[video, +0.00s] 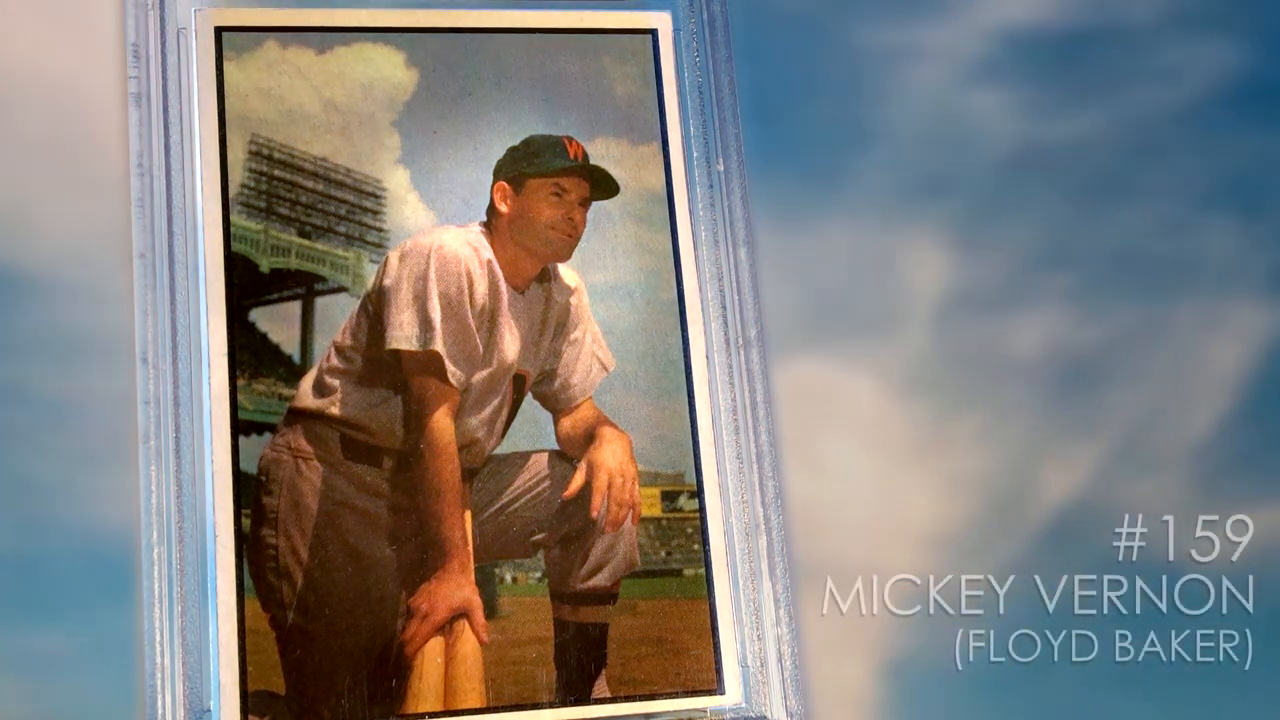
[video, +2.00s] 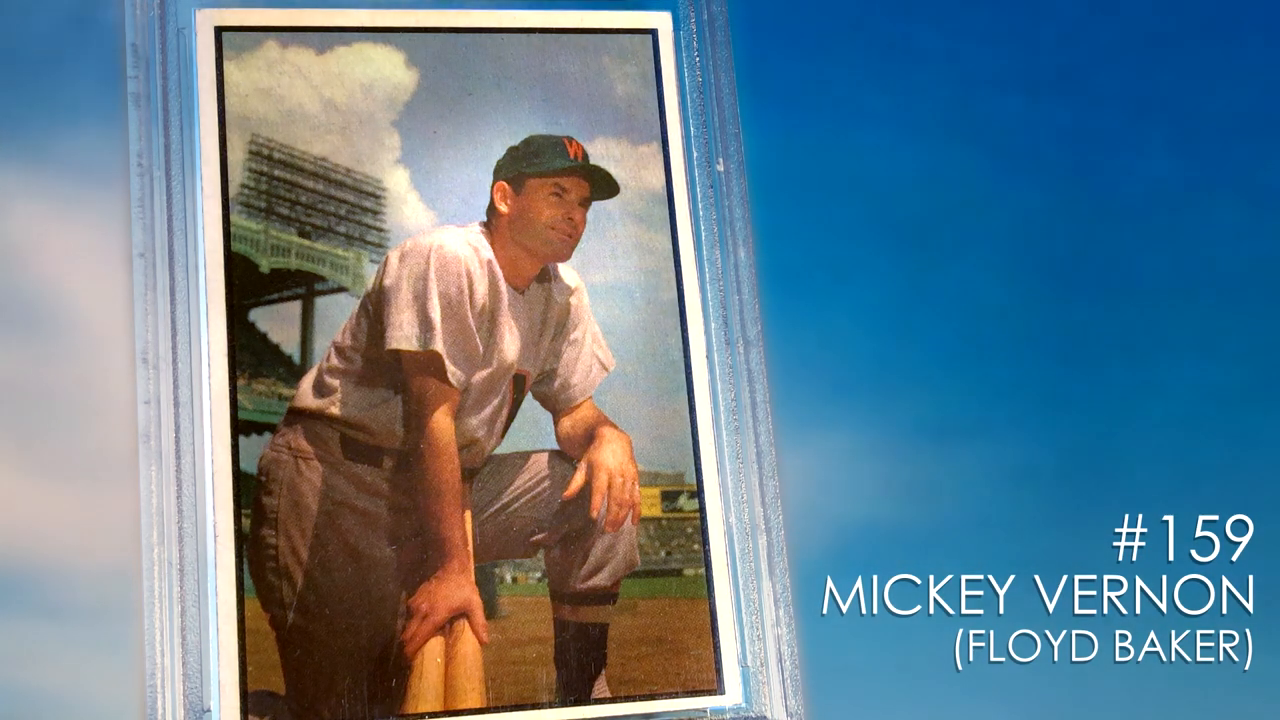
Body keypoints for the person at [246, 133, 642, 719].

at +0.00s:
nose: (576, 216)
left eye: (584, 204)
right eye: (557, 194)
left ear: (586, 218)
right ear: (504, 198)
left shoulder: (560, 294)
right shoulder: (441, 256)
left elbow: (574, 415)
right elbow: (433, 419)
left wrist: (609, 434)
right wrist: (454, 566)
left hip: (440, 486)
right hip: (334, 479)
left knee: (595, 487)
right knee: (347, 701)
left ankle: (580, 695)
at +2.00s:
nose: (577, 216)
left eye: (584, 204)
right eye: (558, 194)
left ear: (586, 218)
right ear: (505, 197)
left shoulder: (559, 295)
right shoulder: (443, 257)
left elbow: (574, 415)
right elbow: (432, 420)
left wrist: (609, 435)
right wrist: (454, 566)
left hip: (439, 486)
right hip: (335, 478)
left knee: (594, 487)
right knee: (347, 701)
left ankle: (581, 695)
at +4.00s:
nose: (576, 216)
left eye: (584, 204)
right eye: (558, 194)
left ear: (587, 217)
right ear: (505, 197)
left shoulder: (560, 296)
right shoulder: (443, 257)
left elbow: (575, 416)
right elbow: (431, 420)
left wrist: (609, 435)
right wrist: (454, 565)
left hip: (440, 487)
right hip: (334, 479)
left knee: (595, 487)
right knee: (351, 700)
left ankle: (580, 695)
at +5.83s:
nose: (576, 215)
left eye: (584, 204)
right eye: (557, 194)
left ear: (586, 217)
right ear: (505, 197)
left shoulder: (560, 296)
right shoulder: (441, 257)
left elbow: (575, 415)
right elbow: (431, 420)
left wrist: (609, 435)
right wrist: (454, 566)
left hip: (439, 487)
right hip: (334, 480)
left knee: (595, 488)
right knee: (348, 704)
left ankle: (580, 696)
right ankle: (238, 706)